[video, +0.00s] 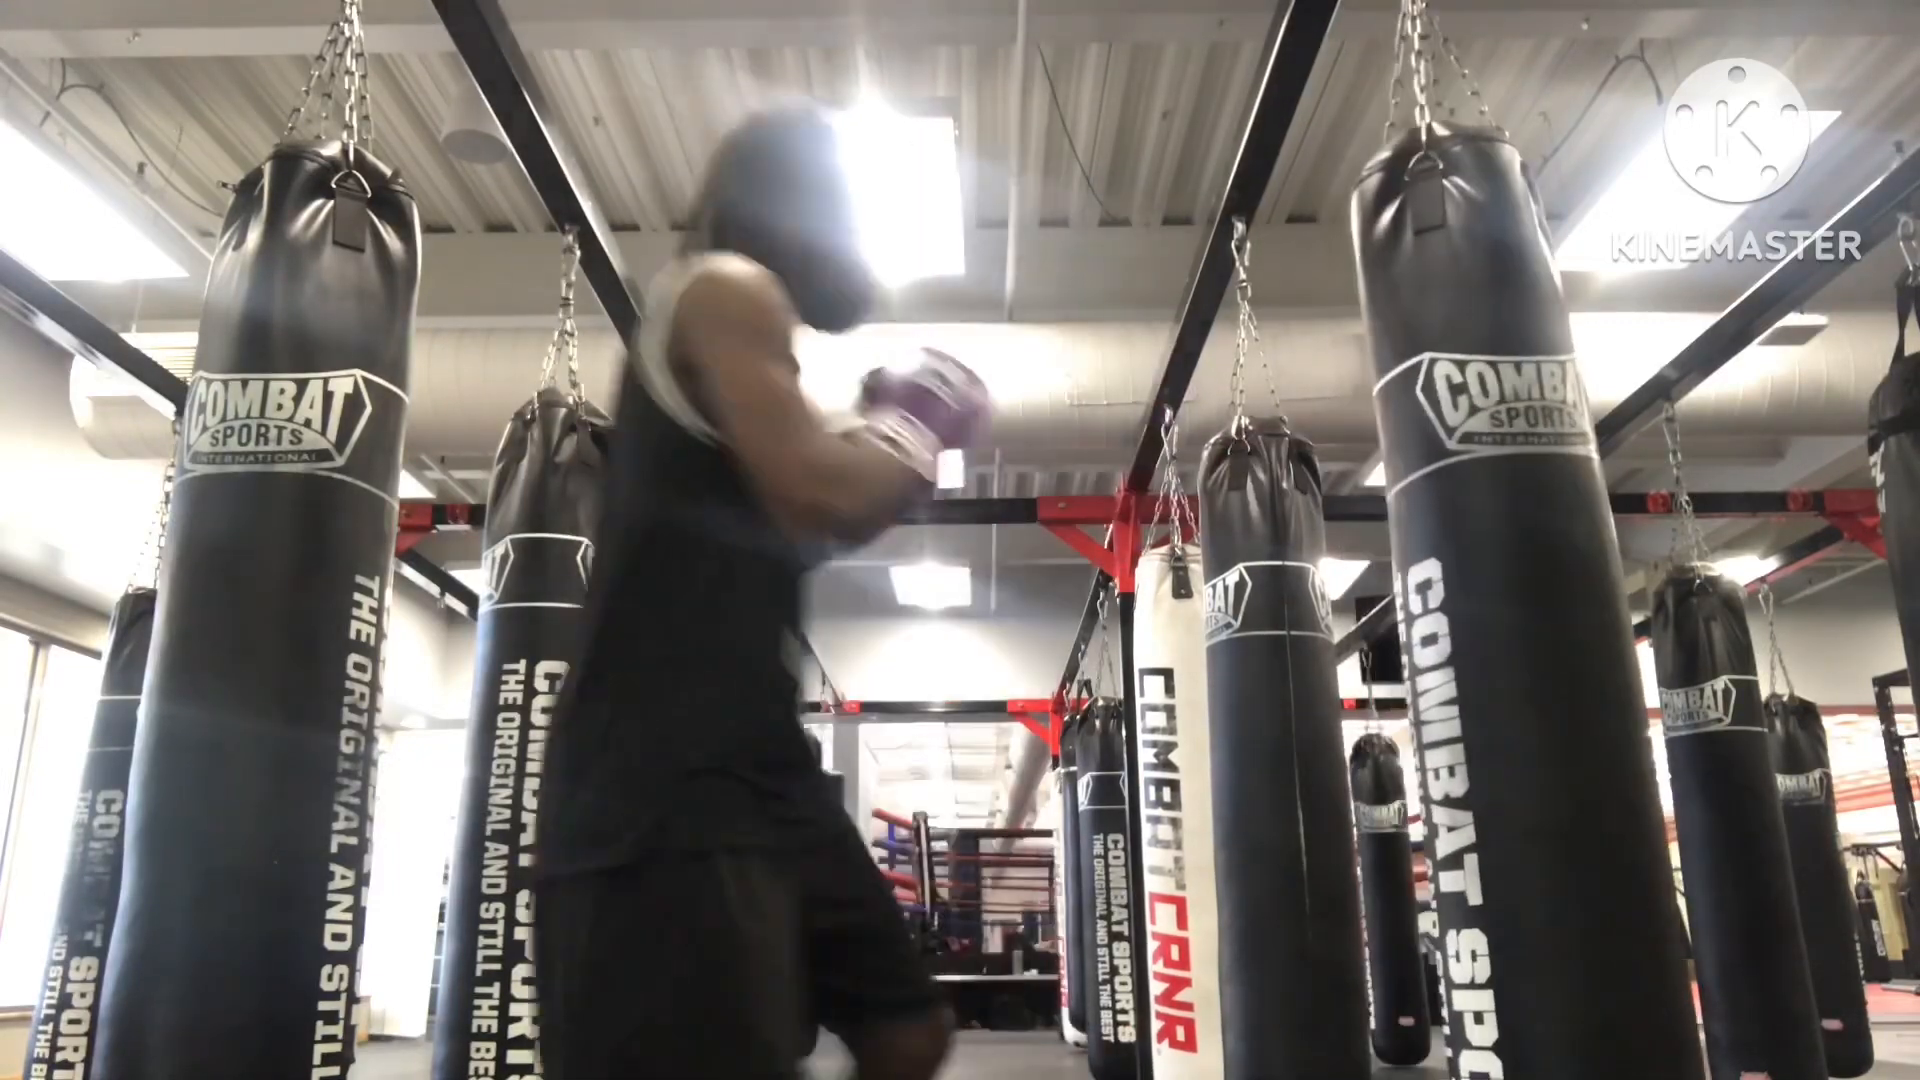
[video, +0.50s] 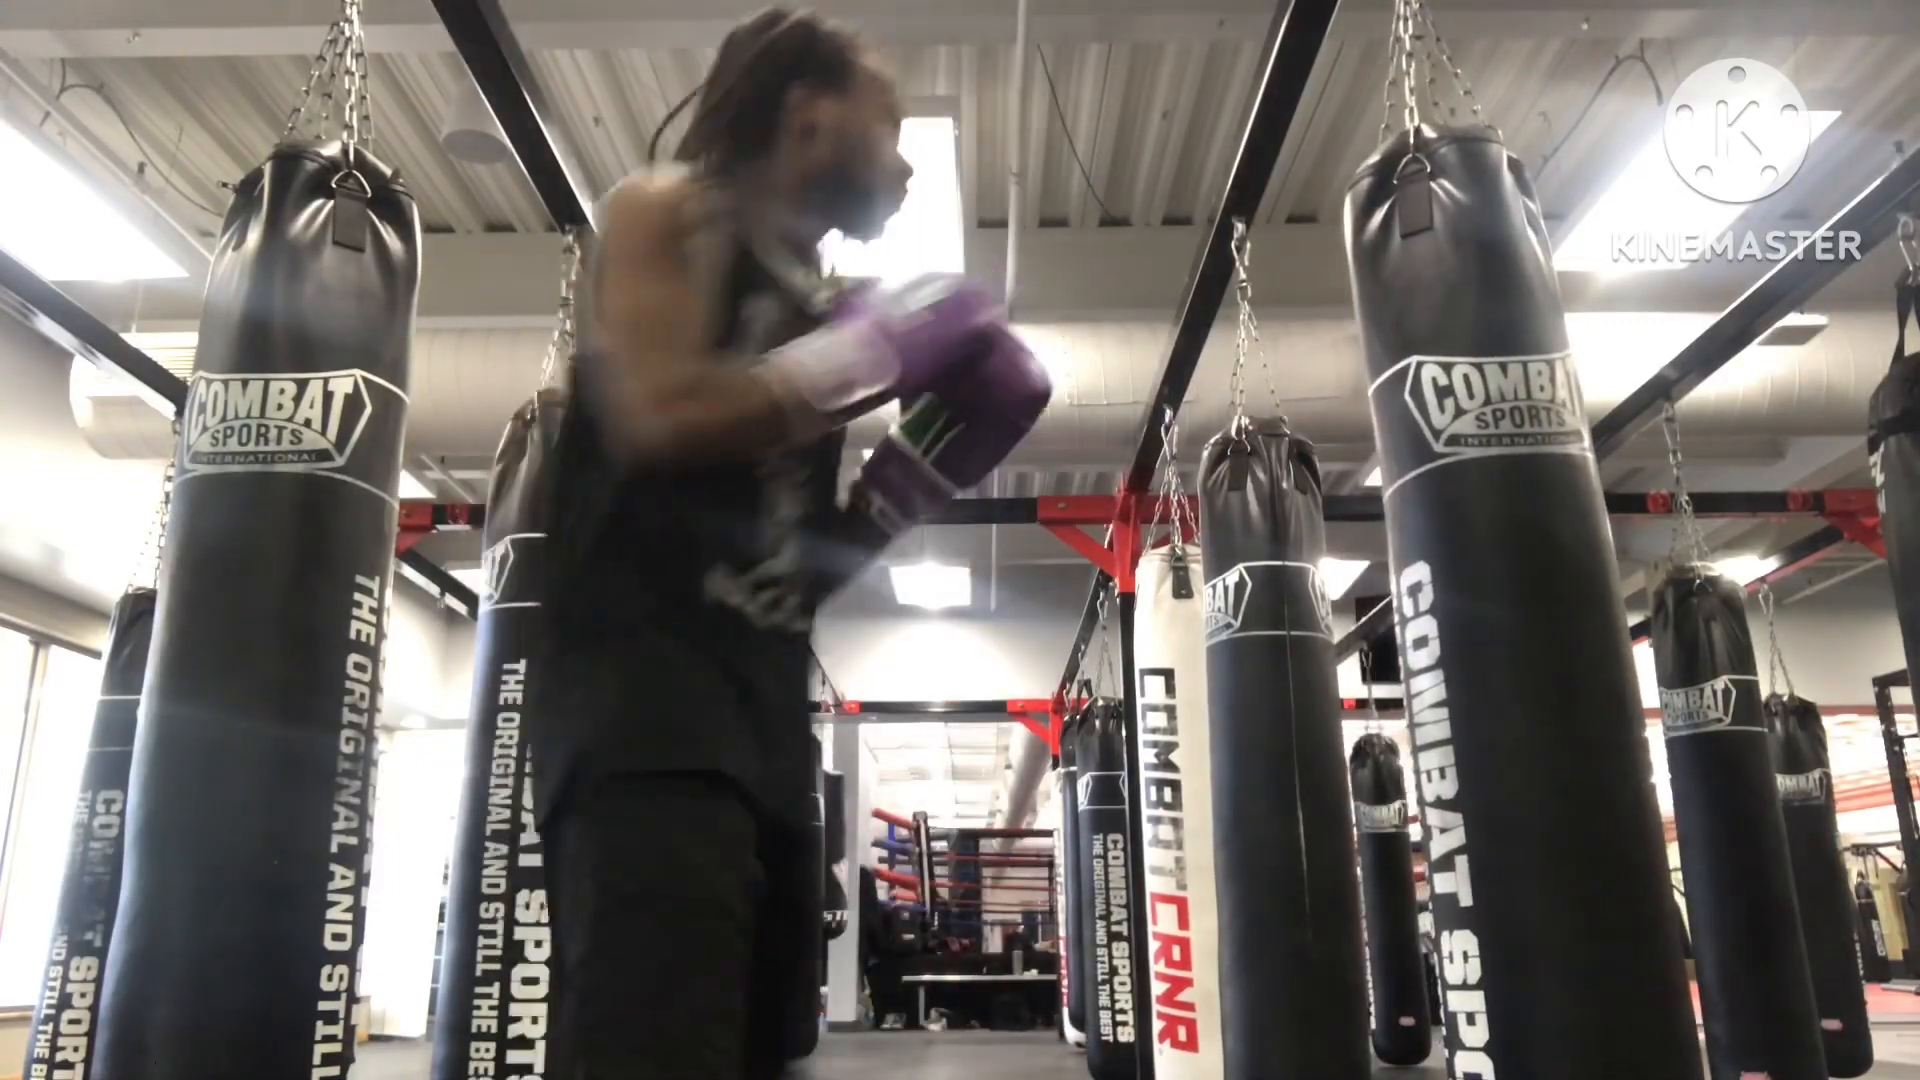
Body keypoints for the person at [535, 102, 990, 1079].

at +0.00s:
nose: (859, 226)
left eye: (852, 197)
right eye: (840, 194)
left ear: (756, 199)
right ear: (786, 196)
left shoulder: (735, 313)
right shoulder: (722, 289)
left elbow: (808, 504)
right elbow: (812, 485)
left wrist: (884, 422)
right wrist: (909, 440)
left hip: (753, 765)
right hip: (675, 776)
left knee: (906, 1032)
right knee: (703, 1053)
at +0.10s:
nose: (825, 195)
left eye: (821, 168)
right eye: (806, 165)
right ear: (745, 170)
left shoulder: (741, 340)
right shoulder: (641, 255)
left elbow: (737, 560)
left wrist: (867, 483)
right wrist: (829, 397)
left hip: (725, 720)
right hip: (624, 721)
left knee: (759, 1030)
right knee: (668, 1043)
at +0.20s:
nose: (826, 230)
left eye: (824, 198)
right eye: (798, 192)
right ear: (696, 201)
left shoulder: (778, 386)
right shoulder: (577, 324)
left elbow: (755, 614)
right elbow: (523, 521)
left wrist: (876, 509)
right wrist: (699, 458)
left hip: (708, 776)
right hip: (583, 767)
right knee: (642, 1060)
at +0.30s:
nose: (827, 264)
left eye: (825, 237)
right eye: (803, 227)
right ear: (709, 227)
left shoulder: (787, 440)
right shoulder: (557, 381)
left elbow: (810, 666)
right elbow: (491, 582)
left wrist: (893, 559)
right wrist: (689, 510)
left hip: (697, 821)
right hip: (559, 806)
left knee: (558, 1060)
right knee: (648, 1060)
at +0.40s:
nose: (818, 178)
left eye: (826, 155)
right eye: (788, 149)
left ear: (832, 187)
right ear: (705, 176)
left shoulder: (806, 384)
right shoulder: (593, 315)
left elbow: (815, 613)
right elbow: (533, 508)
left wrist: (919, 509)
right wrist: (721, 452)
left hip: (720, 775)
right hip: (585, 761)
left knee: (591, 1053)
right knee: (643, 1053)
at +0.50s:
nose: (904, 162)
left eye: (900, 133)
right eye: (887, 125)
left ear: (819, 125)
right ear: (809, 113)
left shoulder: (820, 306)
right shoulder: (662, 210)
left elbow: (783, 571)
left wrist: (911, 475)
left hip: (758, 724)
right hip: (643, 713)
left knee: (753, 1040)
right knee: (653, 1042)